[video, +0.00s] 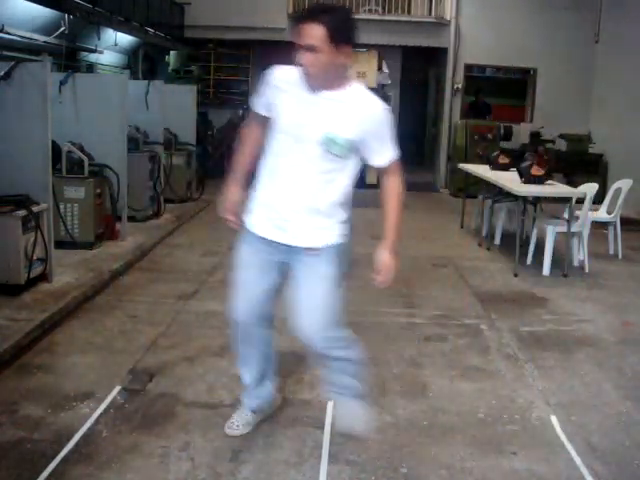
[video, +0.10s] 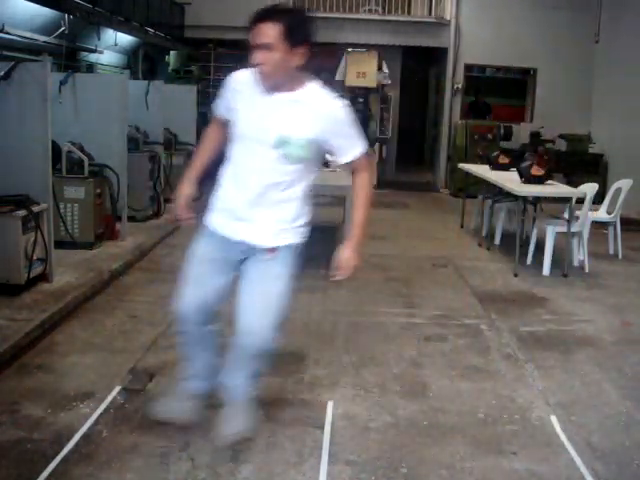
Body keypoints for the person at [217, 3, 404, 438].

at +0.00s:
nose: (302, 58)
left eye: (312, 50)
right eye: (299, 48)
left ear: (343, 54)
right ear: (295, 46)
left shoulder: (369, 112)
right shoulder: (279, 80)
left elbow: (392, 175)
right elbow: (255, 125)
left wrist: (388, 244)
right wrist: (235, 182)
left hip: (319, 241)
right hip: (261, 230)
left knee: (314, 326)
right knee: (245, 315)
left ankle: (349, 393)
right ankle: (257, 396)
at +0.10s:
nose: (256, 58)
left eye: (267, 48)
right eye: (254, 48)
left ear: (299, 54)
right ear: (251, 48)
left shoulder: (328, 110)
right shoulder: (239, 84)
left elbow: (363, 168)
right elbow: (218, 129)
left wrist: (351, 242)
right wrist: (188, 182)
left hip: (276, 243)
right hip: (220, 229)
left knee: (256, 334)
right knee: (190, 307)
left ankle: (238, 398)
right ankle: (195, 387)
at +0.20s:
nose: (211, 79)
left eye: (222, 70)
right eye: (209, 69)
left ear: (254, 75)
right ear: (206, 71)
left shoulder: (283, 131)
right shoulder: (199, 109)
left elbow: (323, 193)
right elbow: (185, 159)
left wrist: (314, 265)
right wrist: (150, 205)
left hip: (236, 267)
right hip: (182, 251)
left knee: (212, 356)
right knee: (141, 323)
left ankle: (195, 416)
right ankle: (100, 387)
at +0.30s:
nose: (172, 103)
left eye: (183, 93)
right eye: (169, 93)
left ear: (214, 99)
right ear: (165, 93)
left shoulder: (240, 154)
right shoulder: (157, 128)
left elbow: (268, 222)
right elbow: (150, 185)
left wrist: (263, 301)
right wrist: (116, 234)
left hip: (200, 275)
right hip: (144, 263)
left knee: (188, 359)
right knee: (100, 334)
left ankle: (197, 421)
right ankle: (53, 403)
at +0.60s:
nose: (186, 99)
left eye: (195, 88)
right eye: (177, 89)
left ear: (212, 82)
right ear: (163, 83)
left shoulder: (239, 129)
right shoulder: (142, 116)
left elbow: (254, 188)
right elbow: (121, 167)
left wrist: (239, 255)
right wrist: (96, 226)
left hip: (202, 266)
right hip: (140, 256)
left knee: (192, 355)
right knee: (103, 325)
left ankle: (172, 418)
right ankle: (55, 396)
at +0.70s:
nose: (213, 83)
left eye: (221, 72)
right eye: (202, 73)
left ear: (234, 63)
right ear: (182, 66)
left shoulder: (260, 108)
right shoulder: (157, 99)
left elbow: (282, 161)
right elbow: (137, 153)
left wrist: (272, 230)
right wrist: (116, 217)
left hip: (228, 247)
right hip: (168, 236)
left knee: (208, 343)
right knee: (136, 323)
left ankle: (187, 413)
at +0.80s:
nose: (242, 87)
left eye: (250, 77)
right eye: (232, 77)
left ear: (260, 65)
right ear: (206, 66)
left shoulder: (280, 109)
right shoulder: (176, 101)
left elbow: (295, 166)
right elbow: (151, 158)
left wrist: (297, 232)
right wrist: (145, 224)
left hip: (257, 245)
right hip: (195, 238)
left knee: (257, 336)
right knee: (175, 331)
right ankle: (171, 417)